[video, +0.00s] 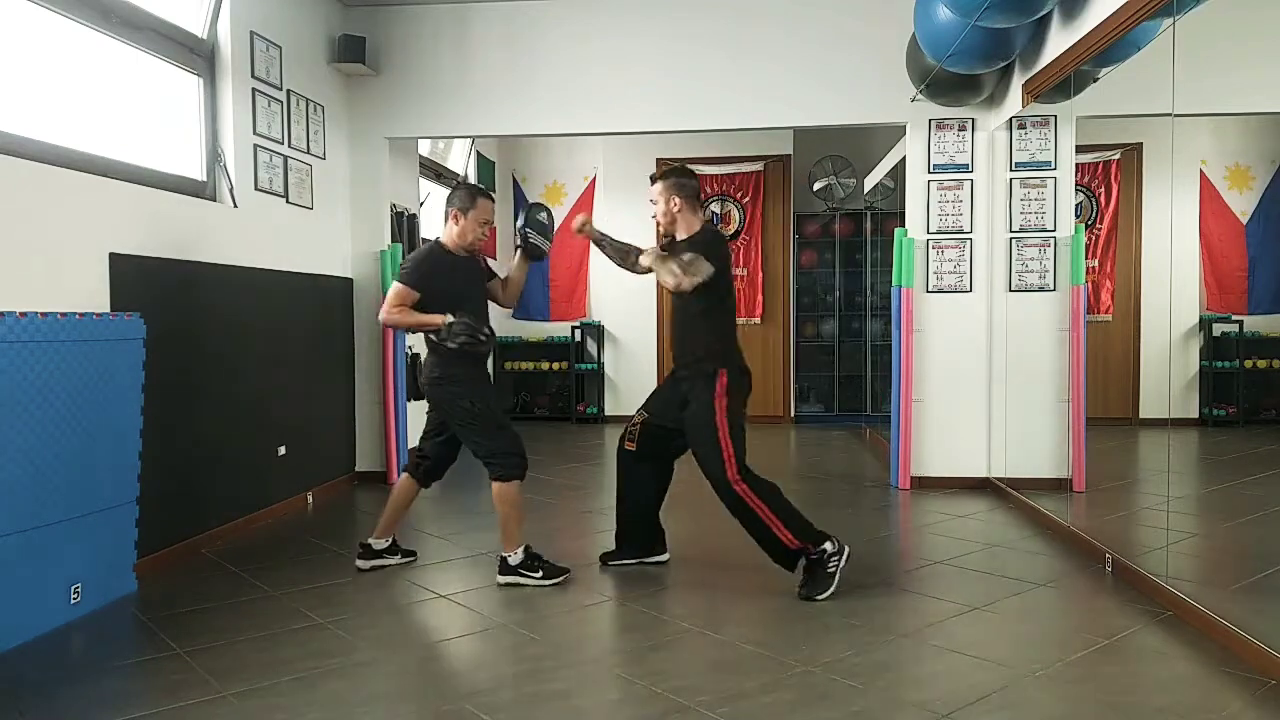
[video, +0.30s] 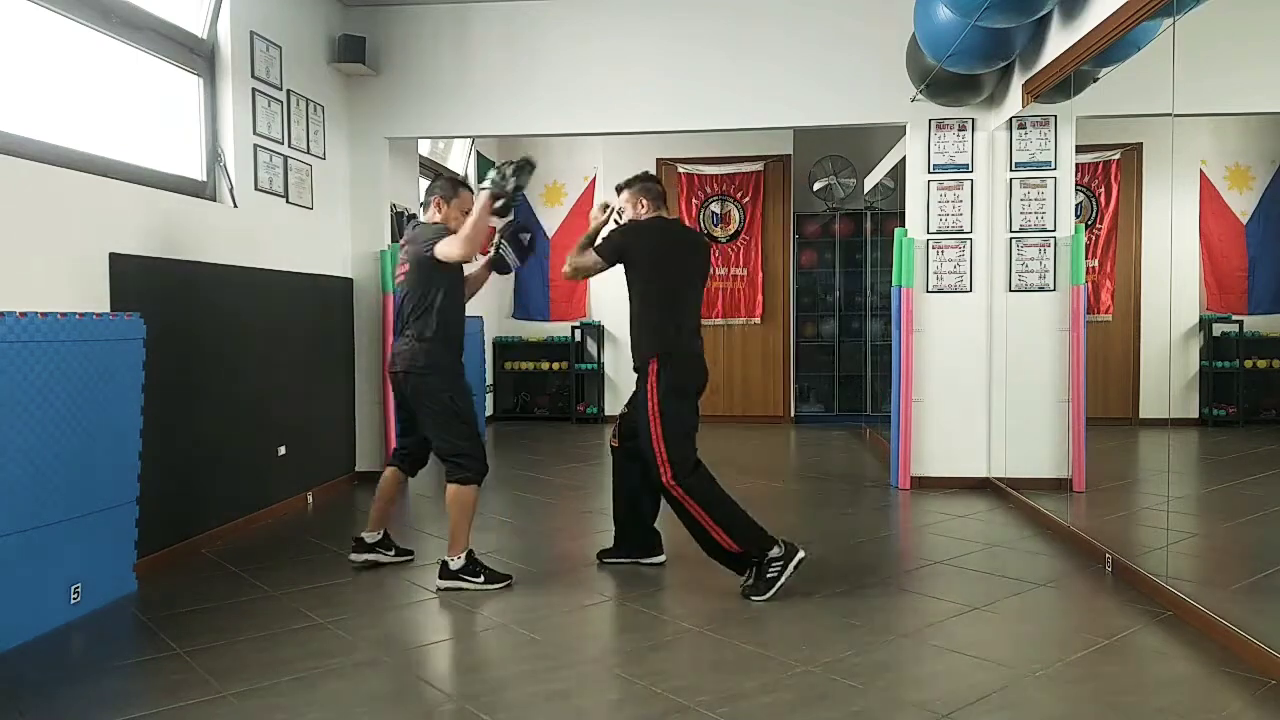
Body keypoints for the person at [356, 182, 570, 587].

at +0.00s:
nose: (488, 232)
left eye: (490, 225)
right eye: (483, 223)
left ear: (464, 222)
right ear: (456, 218)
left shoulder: (474, 262)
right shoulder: (425, 260)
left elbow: (507, 298)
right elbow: (390, 313)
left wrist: (526, 253)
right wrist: (443, 321)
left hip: (466, 376)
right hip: (450, 377)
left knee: (424, 463)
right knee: (507, 458)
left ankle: (377, 544)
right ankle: (514, 558)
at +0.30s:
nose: (466, 221)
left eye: (469, 214)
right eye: (462, 212)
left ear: (437, 209)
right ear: (438, 205)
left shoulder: (420, 240)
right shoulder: (427, 233)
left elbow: (457, 294)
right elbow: (464, 248)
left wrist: (491, 264)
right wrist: (488, 201)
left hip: (408, 363)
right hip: (432, 364)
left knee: (411, 451)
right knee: (467, 461)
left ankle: (371, 537)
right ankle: (457, 562)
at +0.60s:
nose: (445, 224)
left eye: (447, 218)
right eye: (443, 217)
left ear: (414, 211)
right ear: (422, 210)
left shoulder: (389, 245)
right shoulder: (414, 232)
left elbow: (409, 293)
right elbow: (445, 222)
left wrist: (446, 272)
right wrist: (488, 186)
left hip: (373, 363)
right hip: (407, 361)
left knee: (366, 456)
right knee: (442, 460)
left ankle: (347, 543)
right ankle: (435, 561)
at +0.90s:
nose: (418, 221)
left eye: (421, 215)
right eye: (412, 213)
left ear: (399, 213)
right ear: (386, 208)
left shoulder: (400, 250)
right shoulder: (375, 235)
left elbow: (424, 301)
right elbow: (361, 258)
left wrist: (451, 265)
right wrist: (421, 238)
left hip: (380, 366)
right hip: (392, 367)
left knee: (375, 455)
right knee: (428, 457)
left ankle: (342, 541)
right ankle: (410, 561)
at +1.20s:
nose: (393, 223)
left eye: (395, 215)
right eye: (386, 215)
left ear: (392, 213)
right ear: (357, 211)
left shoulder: (389, 251)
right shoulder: (344, 253)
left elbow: (431, 274)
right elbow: (335, 315)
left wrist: (446, 229)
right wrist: (399, 322)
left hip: (396, 376)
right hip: (372, 379)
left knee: (383, 461)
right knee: (419, 465)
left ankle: (337, 533)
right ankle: (409, 563)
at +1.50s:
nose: (364, 237)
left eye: (366, 229)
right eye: (357, 230)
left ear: (339, 224)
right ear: (329, 222)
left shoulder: (358, 249)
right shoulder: (303, 274)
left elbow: (390, 275)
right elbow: (312, 343)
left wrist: (378, 302)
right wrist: (365, 344)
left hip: (350, 365)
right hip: (313, 370)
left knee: (361, 454)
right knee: (318, 456)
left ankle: (334, 539)